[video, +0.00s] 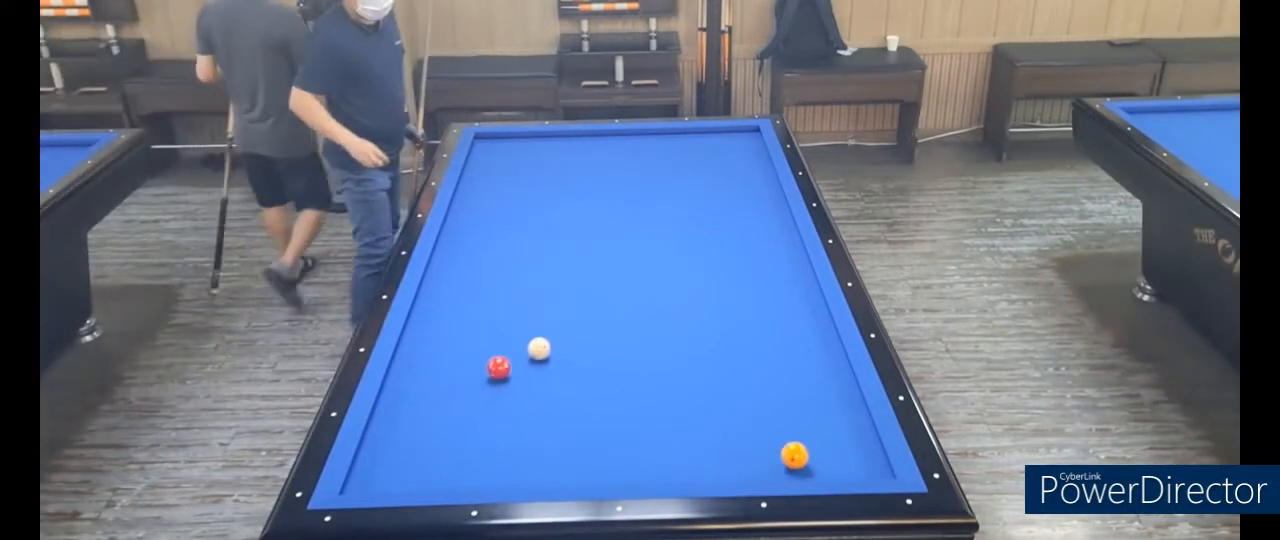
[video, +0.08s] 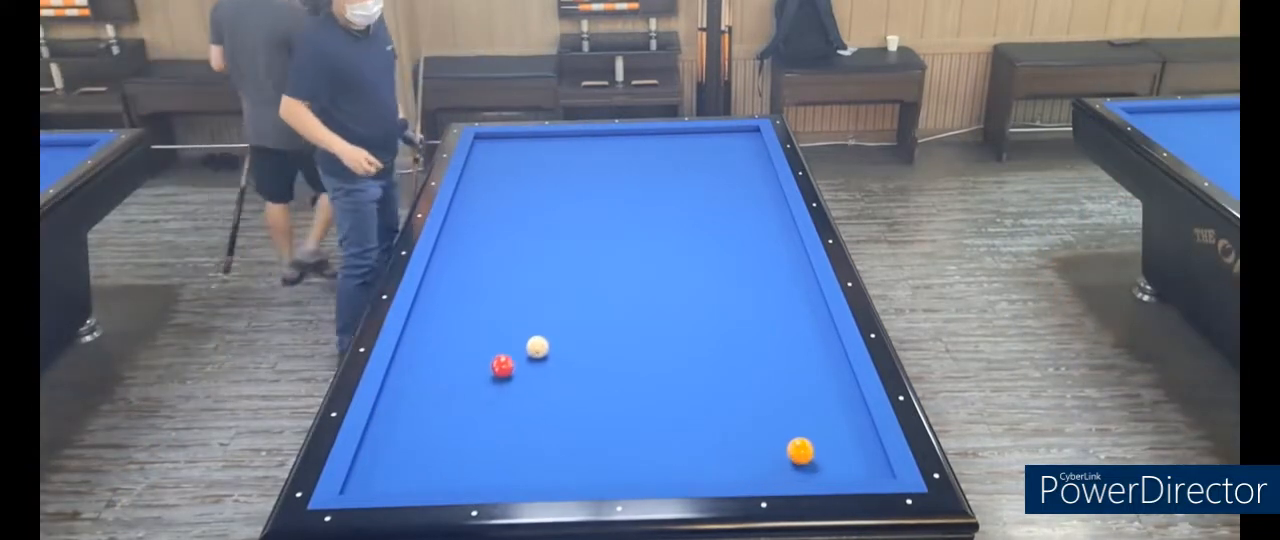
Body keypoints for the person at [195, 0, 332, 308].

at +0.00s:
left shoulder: (211, 13)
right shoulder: (283, 16)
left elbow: (205, 73)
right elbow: (310, 71)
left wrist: (236, 64)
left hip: (248, 136)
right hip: (290, 136)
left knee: (271, 203)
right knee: (315, 202)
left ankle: (295, 264)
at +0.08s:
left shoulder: (224, 9)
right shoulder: (292, 9)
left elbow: (218, 62)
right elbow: (313, 58)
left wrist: (251, 55)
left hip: (260, 126)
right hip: (303, 123)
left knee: (275, 199)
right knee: (330, 187)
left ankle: (288, 266)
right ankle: (311, 249)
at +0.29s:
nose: (344, 13)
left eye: (348, 10)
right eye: (335, 9)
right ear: (318, 6)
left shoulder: (253, 5)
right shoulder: (309, 5)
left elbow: (254, 50)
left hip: (278, 93)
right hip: (313, 91)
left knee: (288, 179)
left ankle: (289, 262)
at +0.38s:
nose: (337, 21)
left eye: (342, 15)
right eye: (328, 17)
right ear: (310, 7)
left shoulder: (267, 5)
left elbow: (266, 50)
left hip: (286, 88)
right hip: (321, 87)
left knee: (294, 179)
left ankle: (290, 259)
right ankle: (289, 259)